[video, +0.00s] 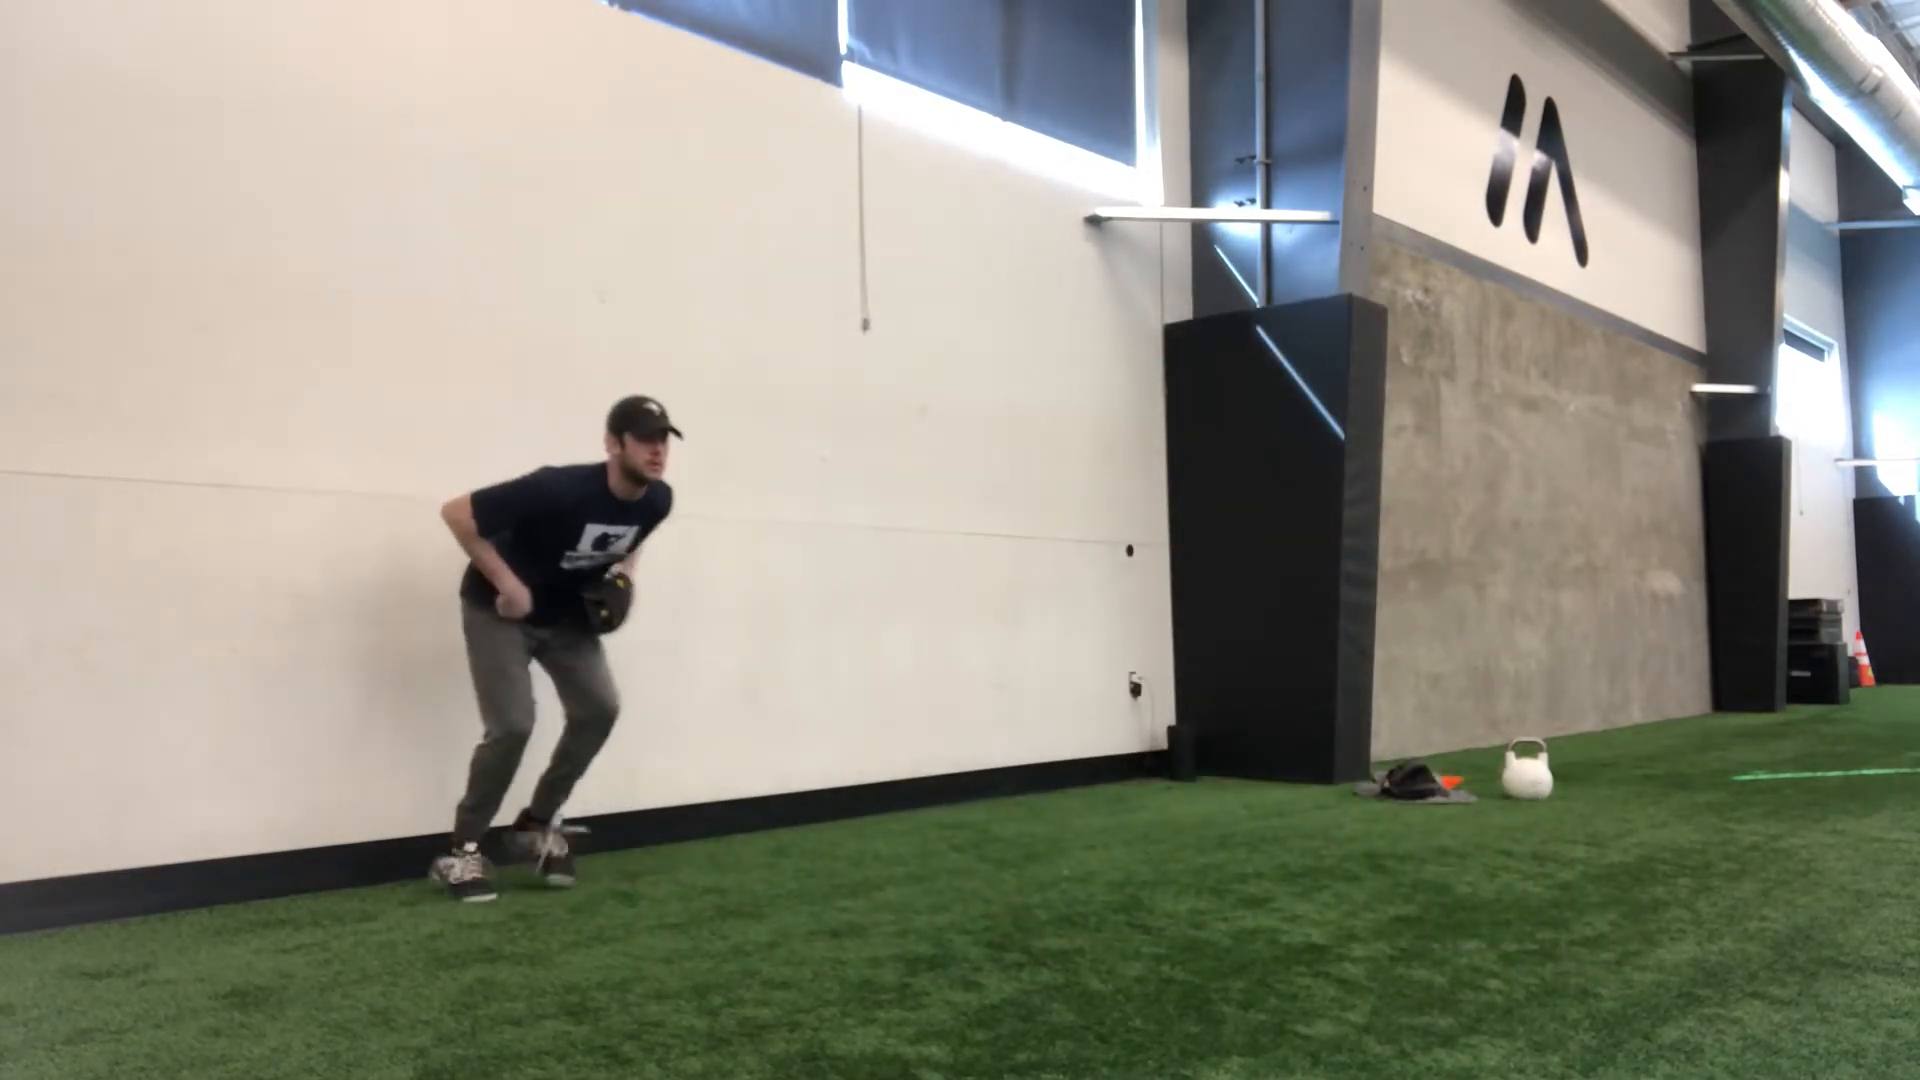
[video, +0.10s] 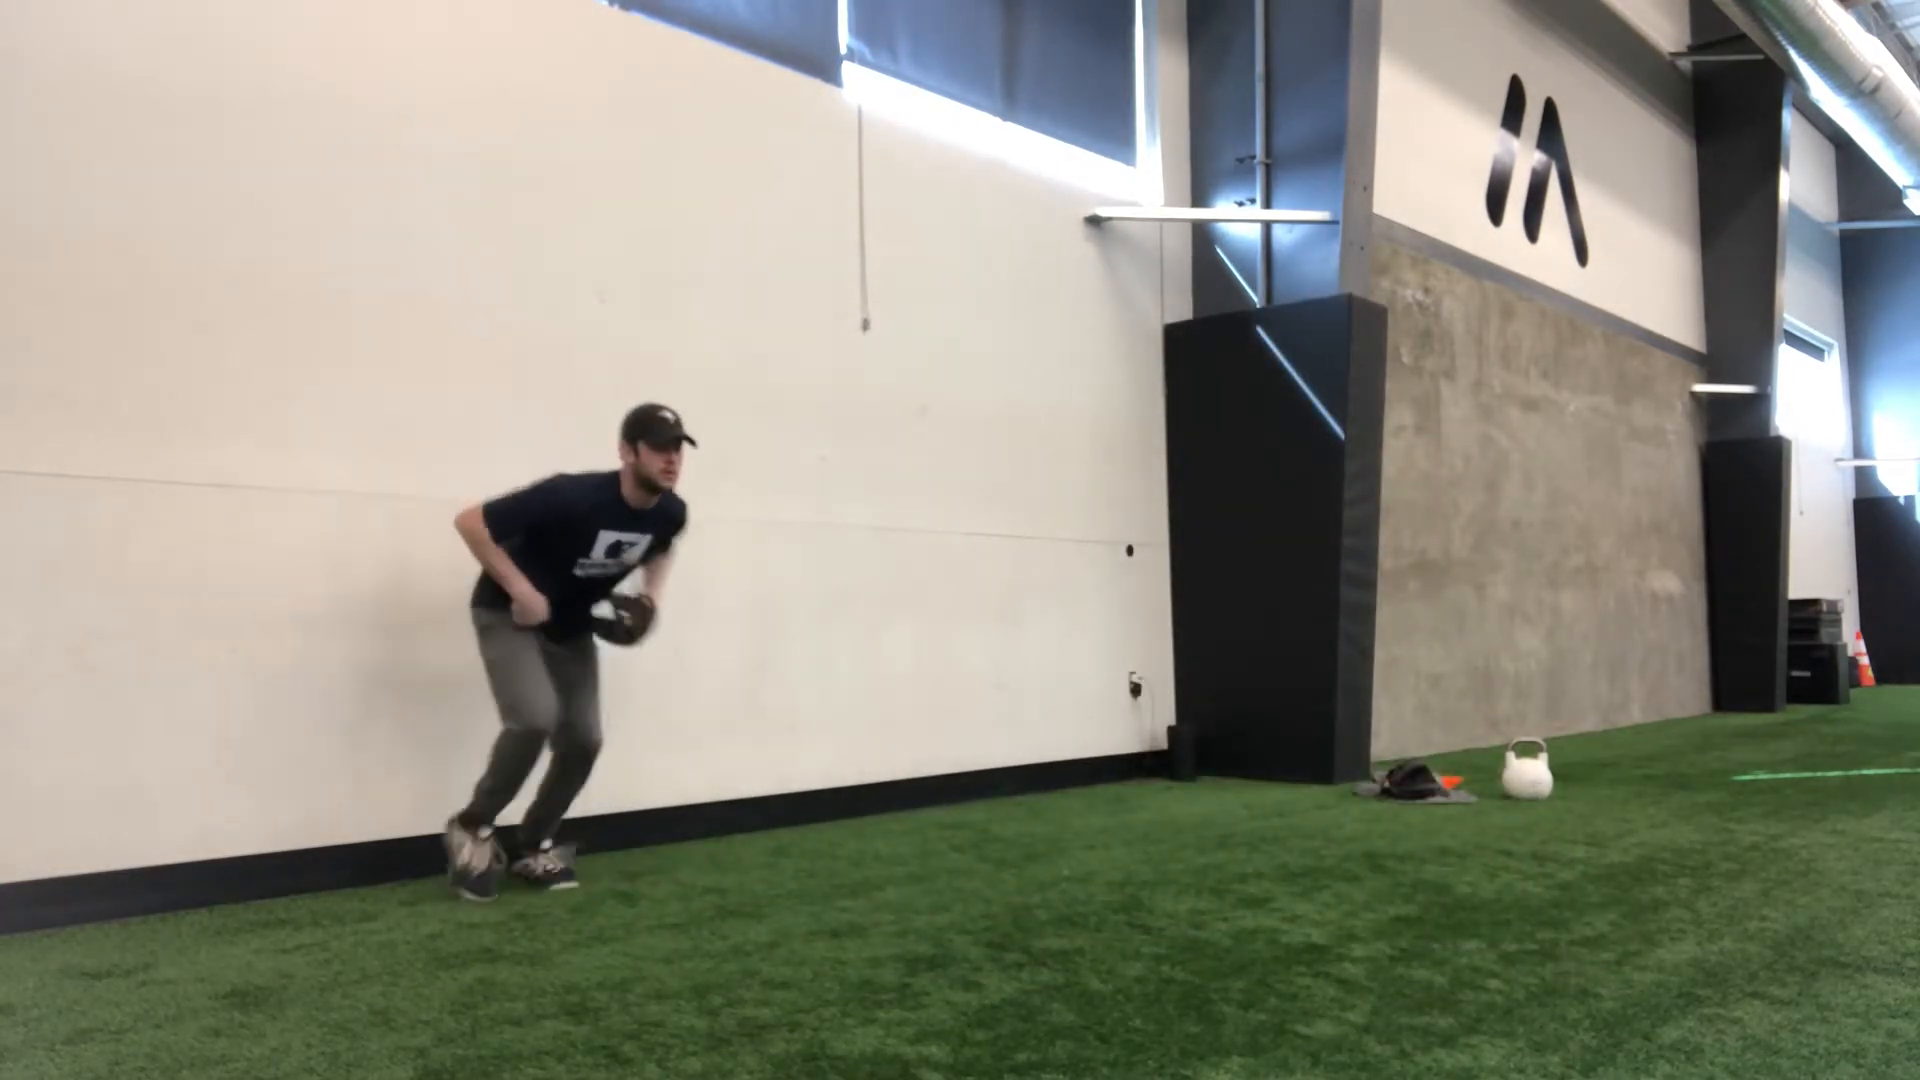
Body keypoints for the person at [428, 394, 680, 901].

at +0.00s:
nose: (658, 450)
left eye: (663, 440)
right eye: (645, 439)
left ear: (670, 445)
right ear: (614, 445)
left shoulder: (657, 501)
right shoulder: (558, 488)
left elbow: (632, 541)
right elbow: (457, 512)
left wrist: (625, 576)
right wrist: (506, 582)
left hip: (567, 618)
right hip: (498, 612)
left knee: (598, 709)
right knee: (511, 726)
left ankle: (534, 828)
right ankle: (462, 851)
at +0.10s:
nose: (673, 460)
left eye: (678, 450)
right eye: (660, 449)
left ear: (685, 454)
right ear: (628, 453)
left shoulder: (669, 514)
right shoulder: (571, 496)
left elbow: (658, 554)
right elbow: (471, 521)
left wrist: (649, 599)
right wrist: (521, 590)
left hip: (571, 625)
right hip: (506, 615)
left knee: (583, 740)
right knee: (535, 719)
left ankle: (529, 848)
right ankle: (470, 827)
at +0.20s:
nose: (686, 470)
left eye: (691, 460)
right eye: (674, 459)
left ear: (698, 464)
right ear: (641, 461)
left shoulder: (681, 528)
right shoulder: (585, 503)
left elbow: (683, 589)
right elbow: (482, 542)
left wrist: (674, 633)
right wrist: (546, 592)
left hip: (579, 629)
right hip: (517, 609)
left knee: (590, 753)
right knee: (573, 692)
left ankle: (528, 847)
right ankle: (501, 814)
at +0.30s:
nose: (707, 467)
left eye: (712, 456)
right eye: (695, 455)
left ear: (718, 459)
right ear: (660, 455)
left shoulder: (700, 523)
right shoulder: (605, 494)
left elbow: (693, 605)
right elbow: (497, 555)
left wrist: (698, 646)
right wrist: (582, 591)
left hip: (583, 610)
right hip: (526, 591)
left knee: (591, 742)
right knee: (589, 658)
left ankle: (536, 840)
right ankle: (560, 821)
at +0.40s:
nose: (725, 474)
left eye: (731, 463)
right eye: (714, 461)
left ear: (736, 464)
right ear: (679, 457)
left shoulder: (719, 526)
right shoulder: (625, 499)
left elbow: (699, 619)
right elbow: (536, 588)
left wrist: (708, 674)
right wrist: (628, 613)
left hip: (608, 613)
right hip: (547, 603)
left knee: (644, 730)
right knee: (590, 704)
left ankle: (524, 772)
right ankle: (594, 877)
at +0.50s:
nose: (742, 505)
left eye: (748, 494)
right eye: (732, 493)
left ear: (752, 495)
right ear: (697, 490)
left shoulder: (735, 558)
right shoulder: (640, 535)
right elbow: (590, 638)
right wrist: (688, 653)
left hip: (626, 638)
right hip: (560, 630)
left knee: (706, 709)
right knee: (616, 715)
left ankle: (558, 728)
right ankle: (604, 903)